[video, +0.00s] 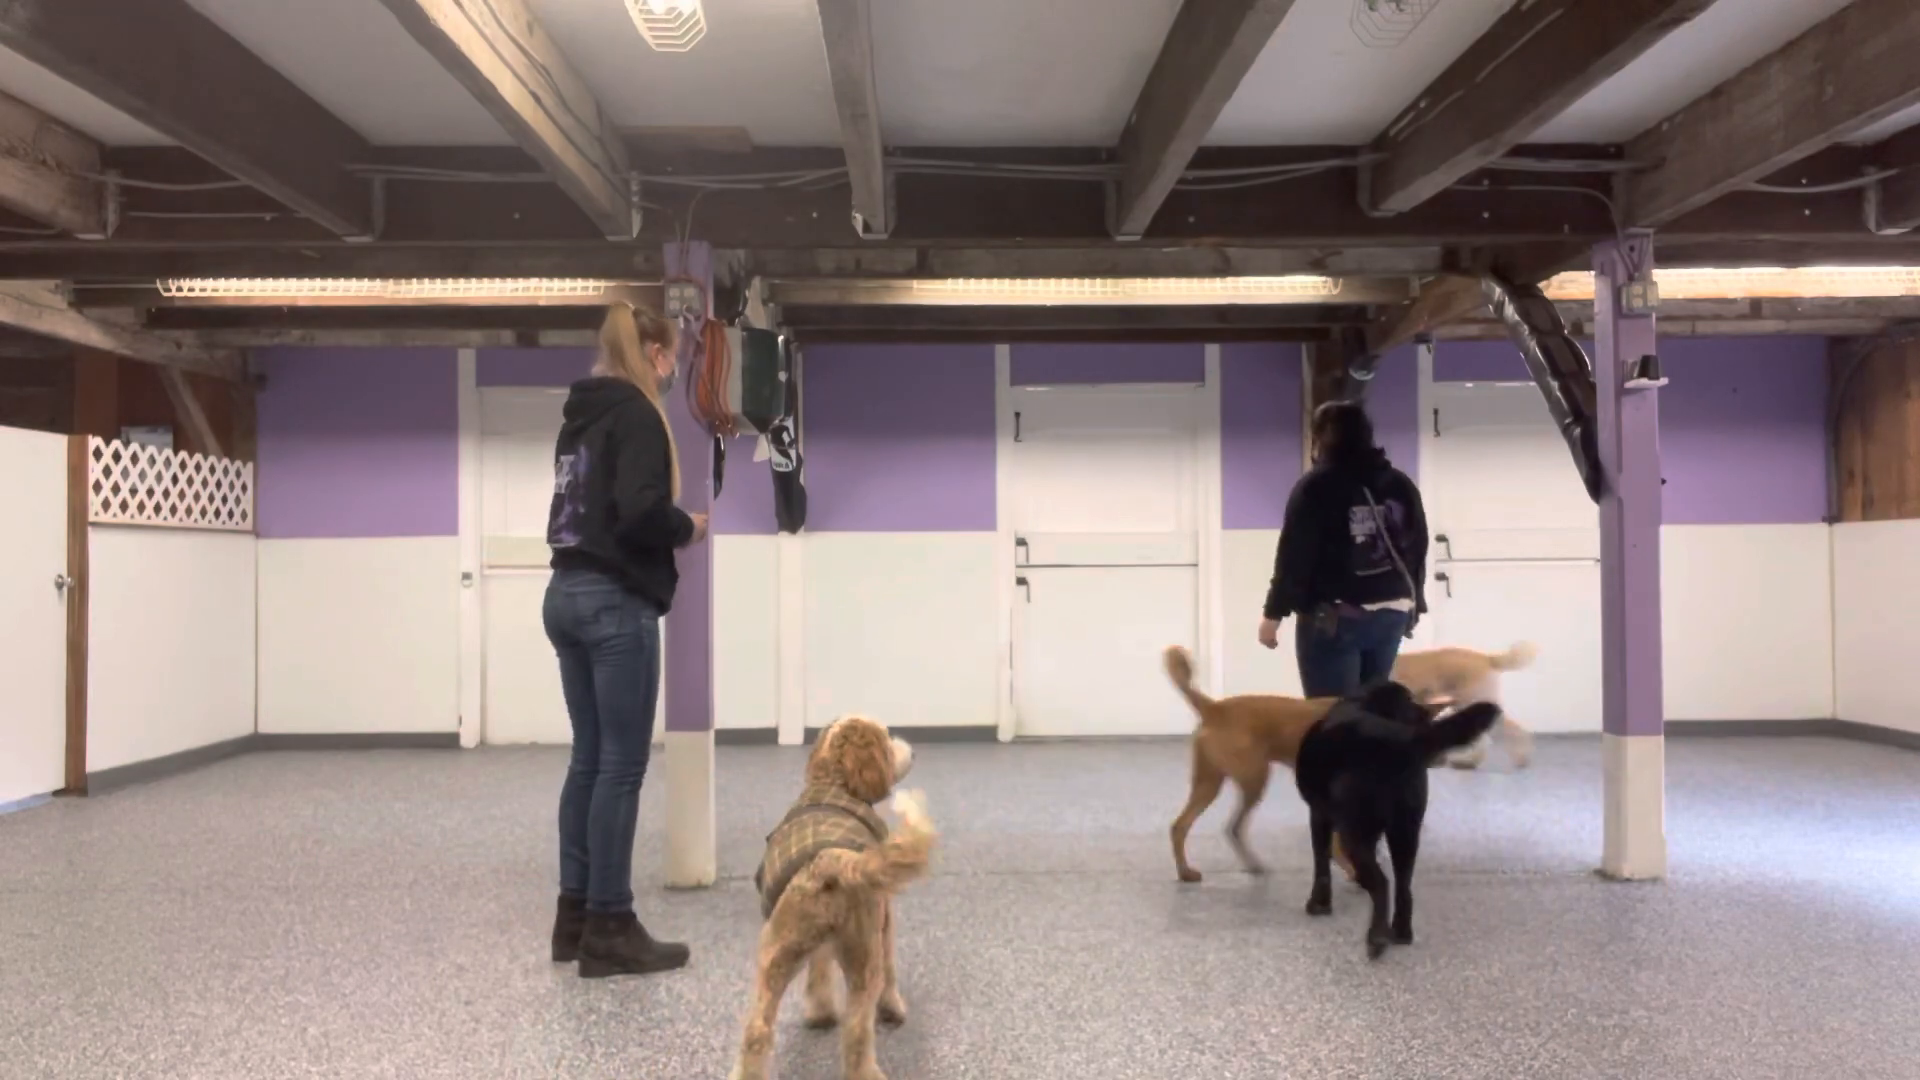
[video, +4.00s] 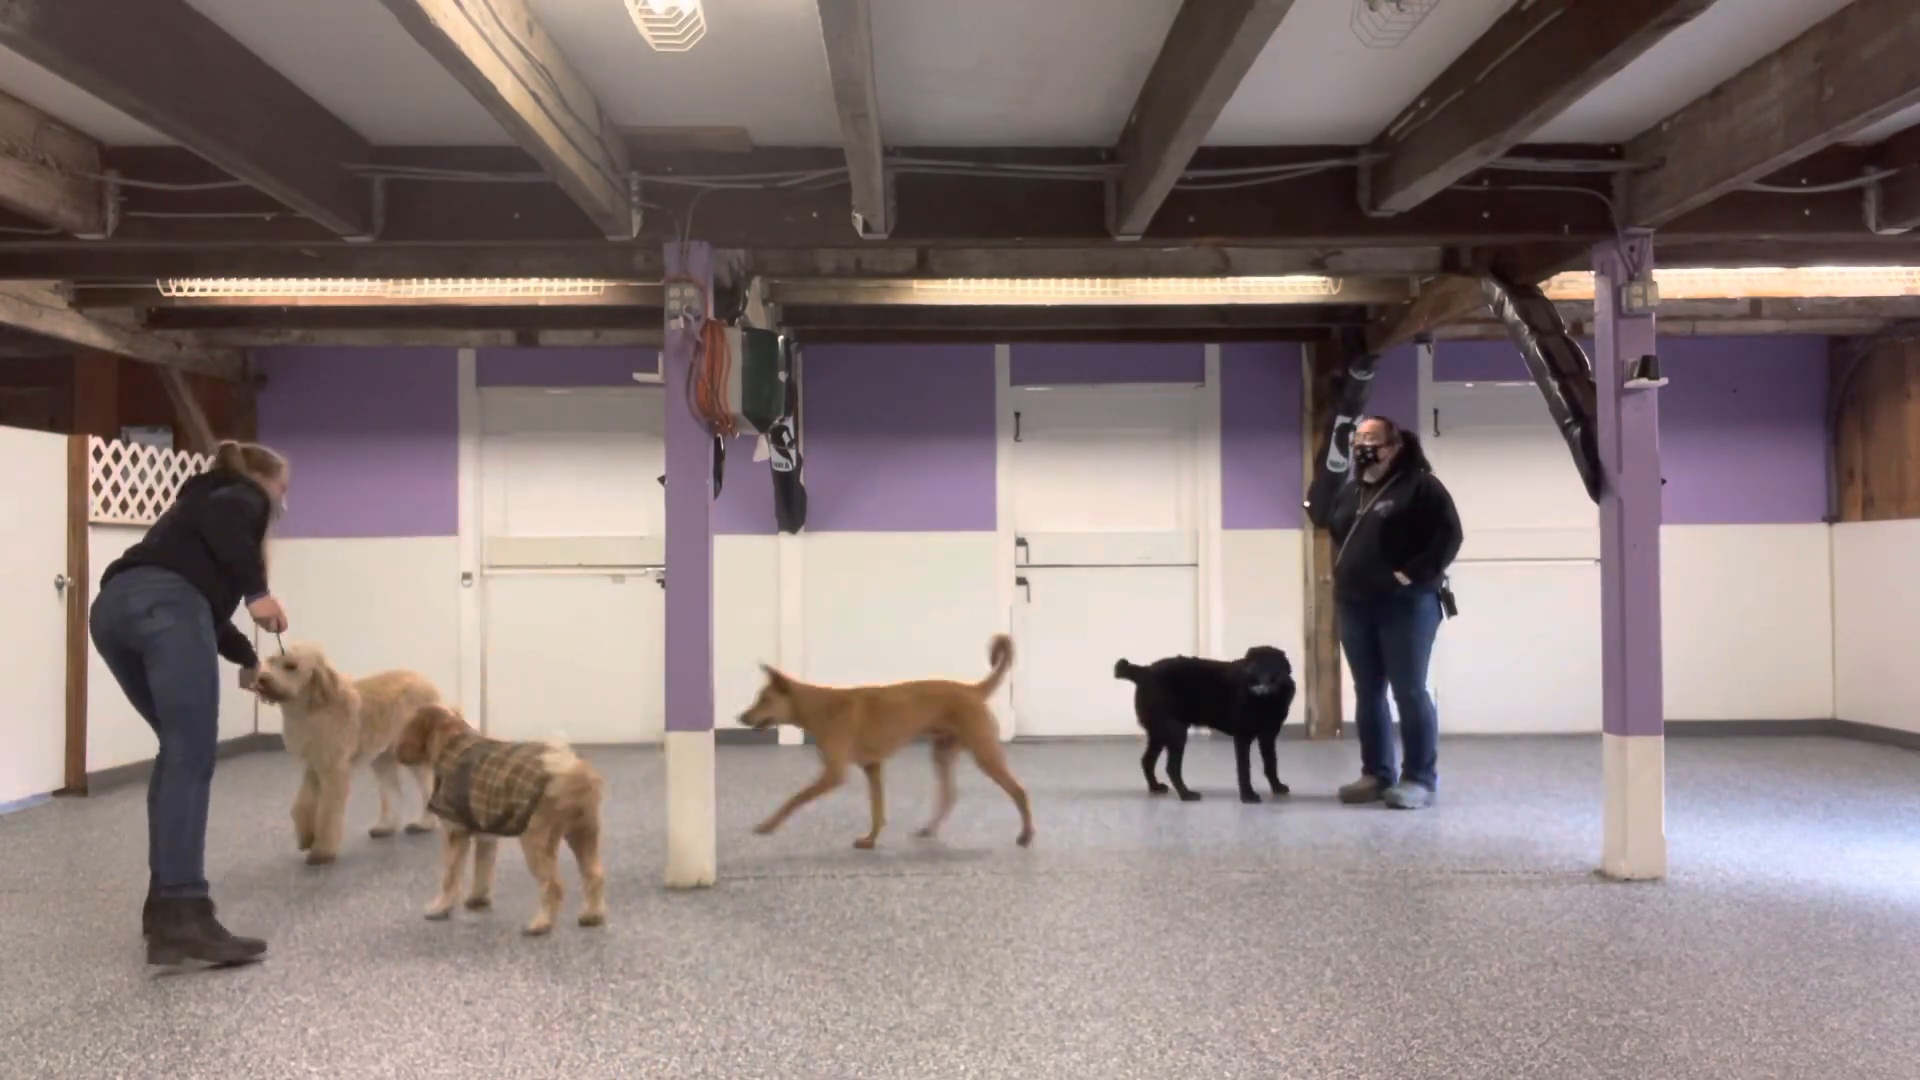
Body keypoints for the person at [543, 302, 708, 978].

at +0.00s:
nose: (671, 366)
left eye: (671, 355)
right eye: (669, 356)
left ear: (614, 348)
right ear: (652, 353)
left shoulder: (582, 414)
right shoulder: (639, 416)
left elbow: (579, 511)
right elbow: (639, 513)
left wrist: (653, 521)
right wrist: (687, 526)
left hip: (568, 593)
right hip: (616, 599)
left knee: (589, 760)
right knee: (621, 769)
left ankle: (576, 915)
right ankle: (611, 927)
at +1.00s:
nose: (537, 449)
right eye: (535, 440)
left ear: (480, 437)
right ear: (529, 441)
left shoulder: (442, 484)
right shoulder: (537, 477)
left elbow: (421, 555)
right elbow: (558, 550)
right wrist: (541, 609)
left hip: (411, 612)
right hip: (486, 609)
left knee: (436, 759)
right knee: (556, 763)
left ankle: (414, 915)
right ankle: (590, 926)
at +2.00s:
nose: (406, 395)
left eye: (404, 385)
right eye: (403, 385)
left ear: (340, 382)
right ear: (390, 386)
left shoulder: (304, 446)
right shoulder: (387, 442)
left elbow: (286, 535)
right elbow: (426, 522)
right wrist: (463, 569)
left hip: (301, 621)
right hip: (360, 622)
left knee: (392, 765)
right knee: (383, 773)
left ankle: (413, 911)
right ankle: (267, 911)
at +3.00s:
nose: (275, 483)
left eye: (276, 475)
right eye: (274, 475)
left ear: (222, 463)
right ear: (265, 469)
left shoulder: (192, 493)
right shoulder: (257, 489)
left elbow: (200, 573)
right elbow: (248, 539)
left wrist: (244, 640)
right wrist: (269, 606)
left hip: (121, 606)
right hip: (187, 601)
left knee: (171, 747)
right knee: (220, 752)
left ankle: (164, 893)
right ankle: (211, 910)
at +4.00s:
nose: (280, 502)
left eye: (282, 494)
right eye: (279, 492)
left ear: (230, 472)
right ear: (259, 477)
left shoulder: (196, 504)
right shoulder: (241, 491)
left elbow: (203, 600)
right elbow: (233, 529)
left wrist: (248, 662)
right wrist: (258, 593)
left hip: (112, 608)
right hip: (166, 599)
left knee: (180, 747)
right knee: (192, 748)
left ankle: (168, 904)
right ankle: (183, 912)